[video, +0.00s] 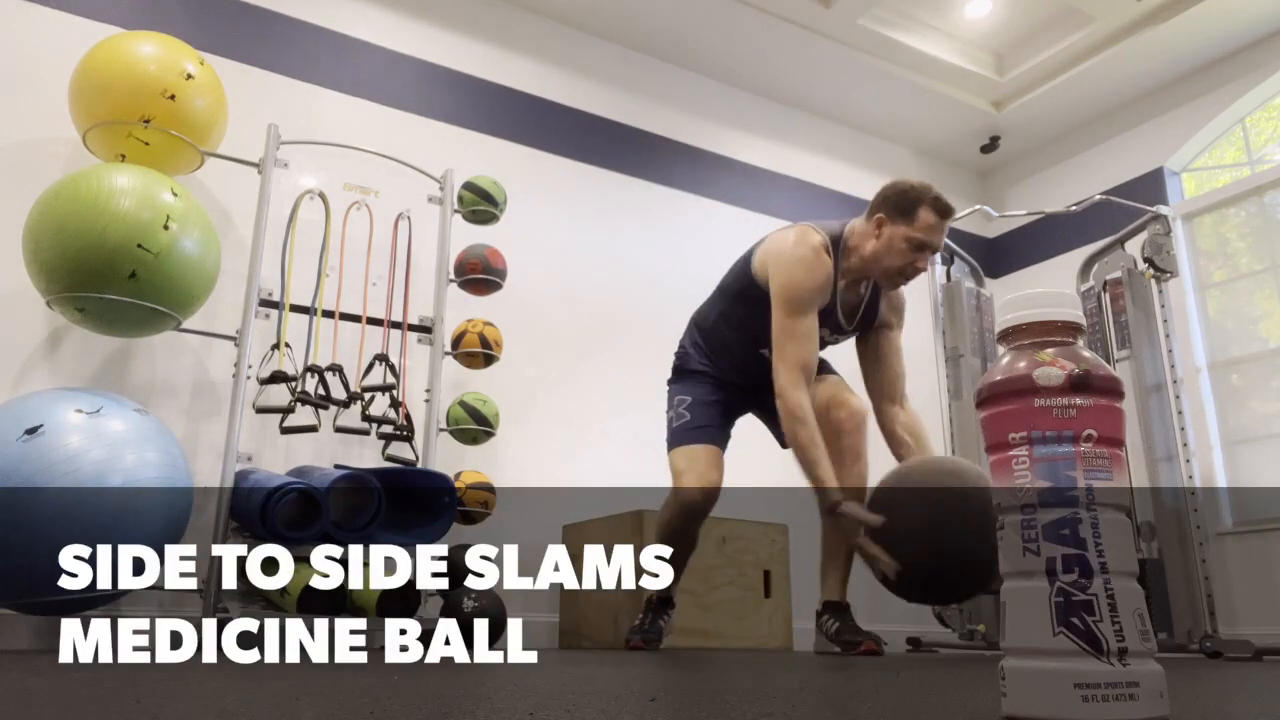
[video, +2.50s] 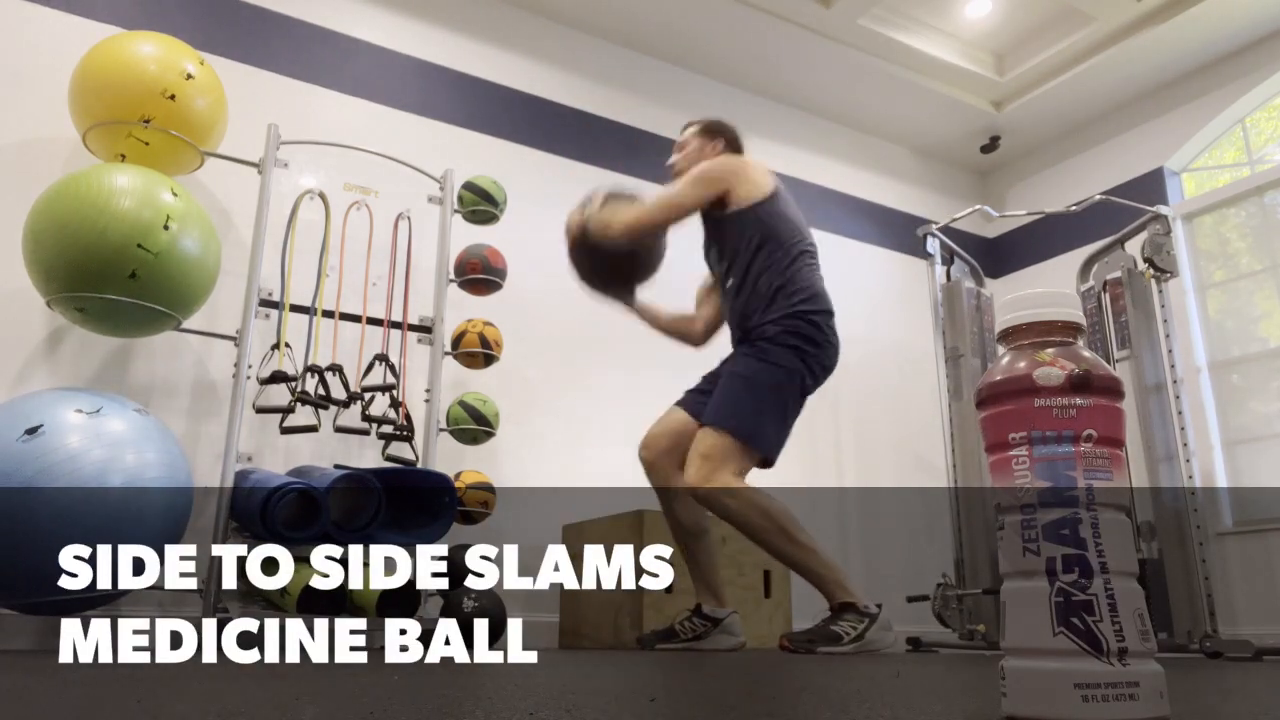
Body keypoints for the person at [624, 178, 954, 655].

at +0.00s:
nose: (923, 265)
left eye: (931, 254)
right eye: (917, 247)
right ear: (876, 227)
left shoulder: (886, 299)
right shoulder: (802, 257)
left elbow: (894, 405)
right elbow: (791, 390)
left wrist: (937, 492)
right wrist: (831, 496)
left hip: (787, 369)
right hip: (712, 363)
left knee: (848, 417)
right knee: (698, 488)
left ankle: (833, 613)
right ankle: (657, 601)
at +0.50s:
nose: (859, 126)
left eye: (866, 119)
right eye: (848, 112)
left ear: (867, 135)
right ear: (811, 119)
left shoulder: (846, 213)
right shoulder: (761, 174)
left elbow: (863, 314)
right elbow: (767, 276)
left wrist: (912, 315)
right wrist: (868, 288)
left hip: (777, 338)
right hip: (709, 335)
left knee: (837, 416)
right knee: (698, 476)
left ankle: (834, 612)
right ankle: (654, 600)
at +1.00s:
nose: (737, 72)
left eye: (750, 62)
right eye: (731, 68)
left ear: (782, 72)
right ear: (728, 84)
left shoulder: (815, 116)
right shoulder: (720, 135)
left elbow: (826, 33)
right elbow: (654, 72)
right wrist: (679, 2)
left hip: (794, 284)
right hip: (723, 292)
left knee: (802, 407)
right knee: (683, 433)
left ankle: (840, 603)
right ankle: (687, 599)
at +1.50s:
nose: (635, 238)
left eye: (636, 226)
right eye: (633, 232)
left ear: (652, 205)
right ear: (657, 221)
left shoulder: (679, 203)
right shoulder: (703, 265)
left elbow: (602, 285)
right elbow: (672, 340)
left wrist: (551, 279)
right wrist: (627, 304)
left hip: (803, 322)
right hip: (778, 337)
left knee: (712, 448)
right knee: (687, 449)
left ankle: (860, 575)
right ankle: (715, 612)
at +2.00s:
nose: (601, 374)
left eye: (596, 359)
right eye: (594, 365)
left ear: (612, 336)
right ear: (618, 336)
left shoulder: (636, 338)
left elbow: (634, 463)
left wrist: (605, 540)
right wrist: (675, 555)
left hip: (811, 363)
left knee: (700, 487)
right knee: (680, 448)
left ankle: (851, 605)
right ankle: (714, 613)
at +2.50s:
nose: (670, 159)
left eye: (680, 147)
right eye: (672, 150)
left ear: (715, 145)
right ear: (707, 149)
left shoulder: (731, 169)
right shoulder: (726, 243)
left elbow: (632, 222)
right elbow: (697, 328)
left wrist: (590, 216)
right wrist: (628, 299)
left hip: (790, 334)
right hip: (759, 344)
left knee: (709, 477)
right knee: (661, 452)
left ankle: (851, 608)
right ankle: (714, 612)